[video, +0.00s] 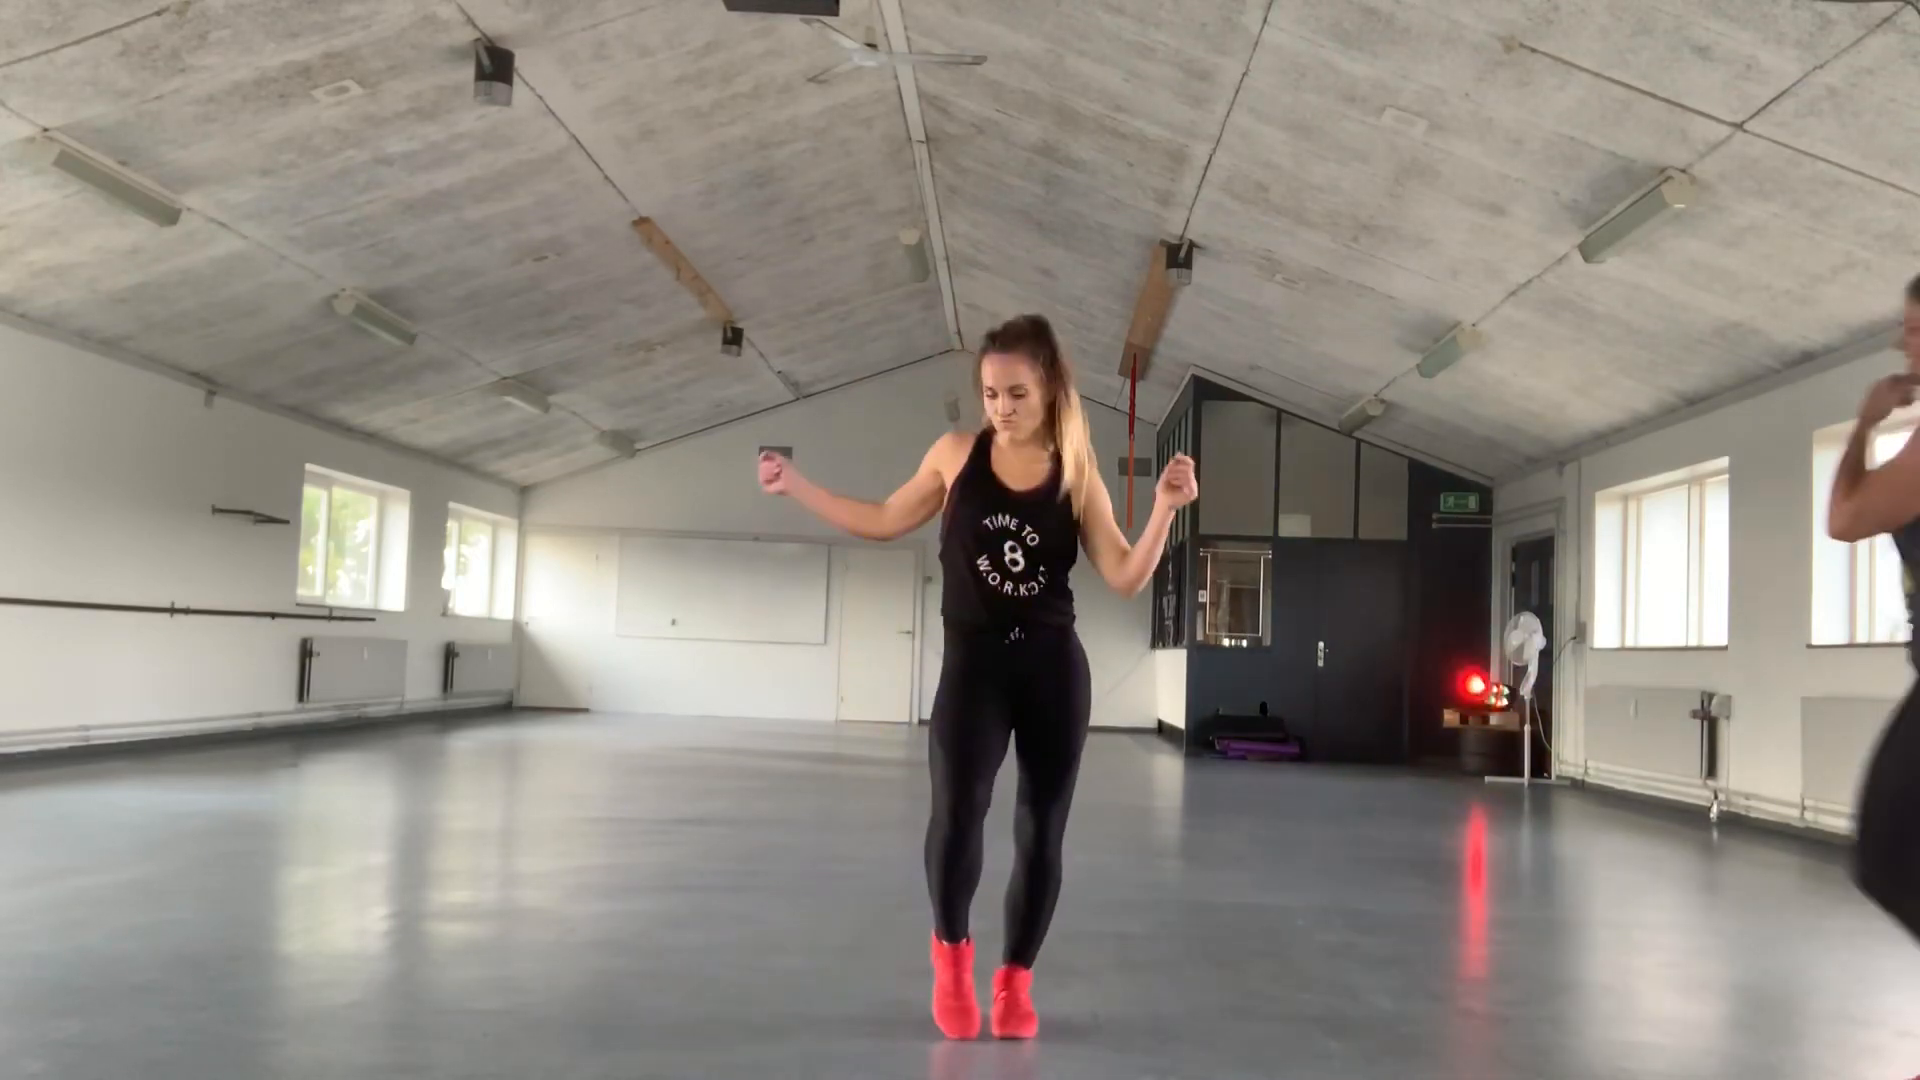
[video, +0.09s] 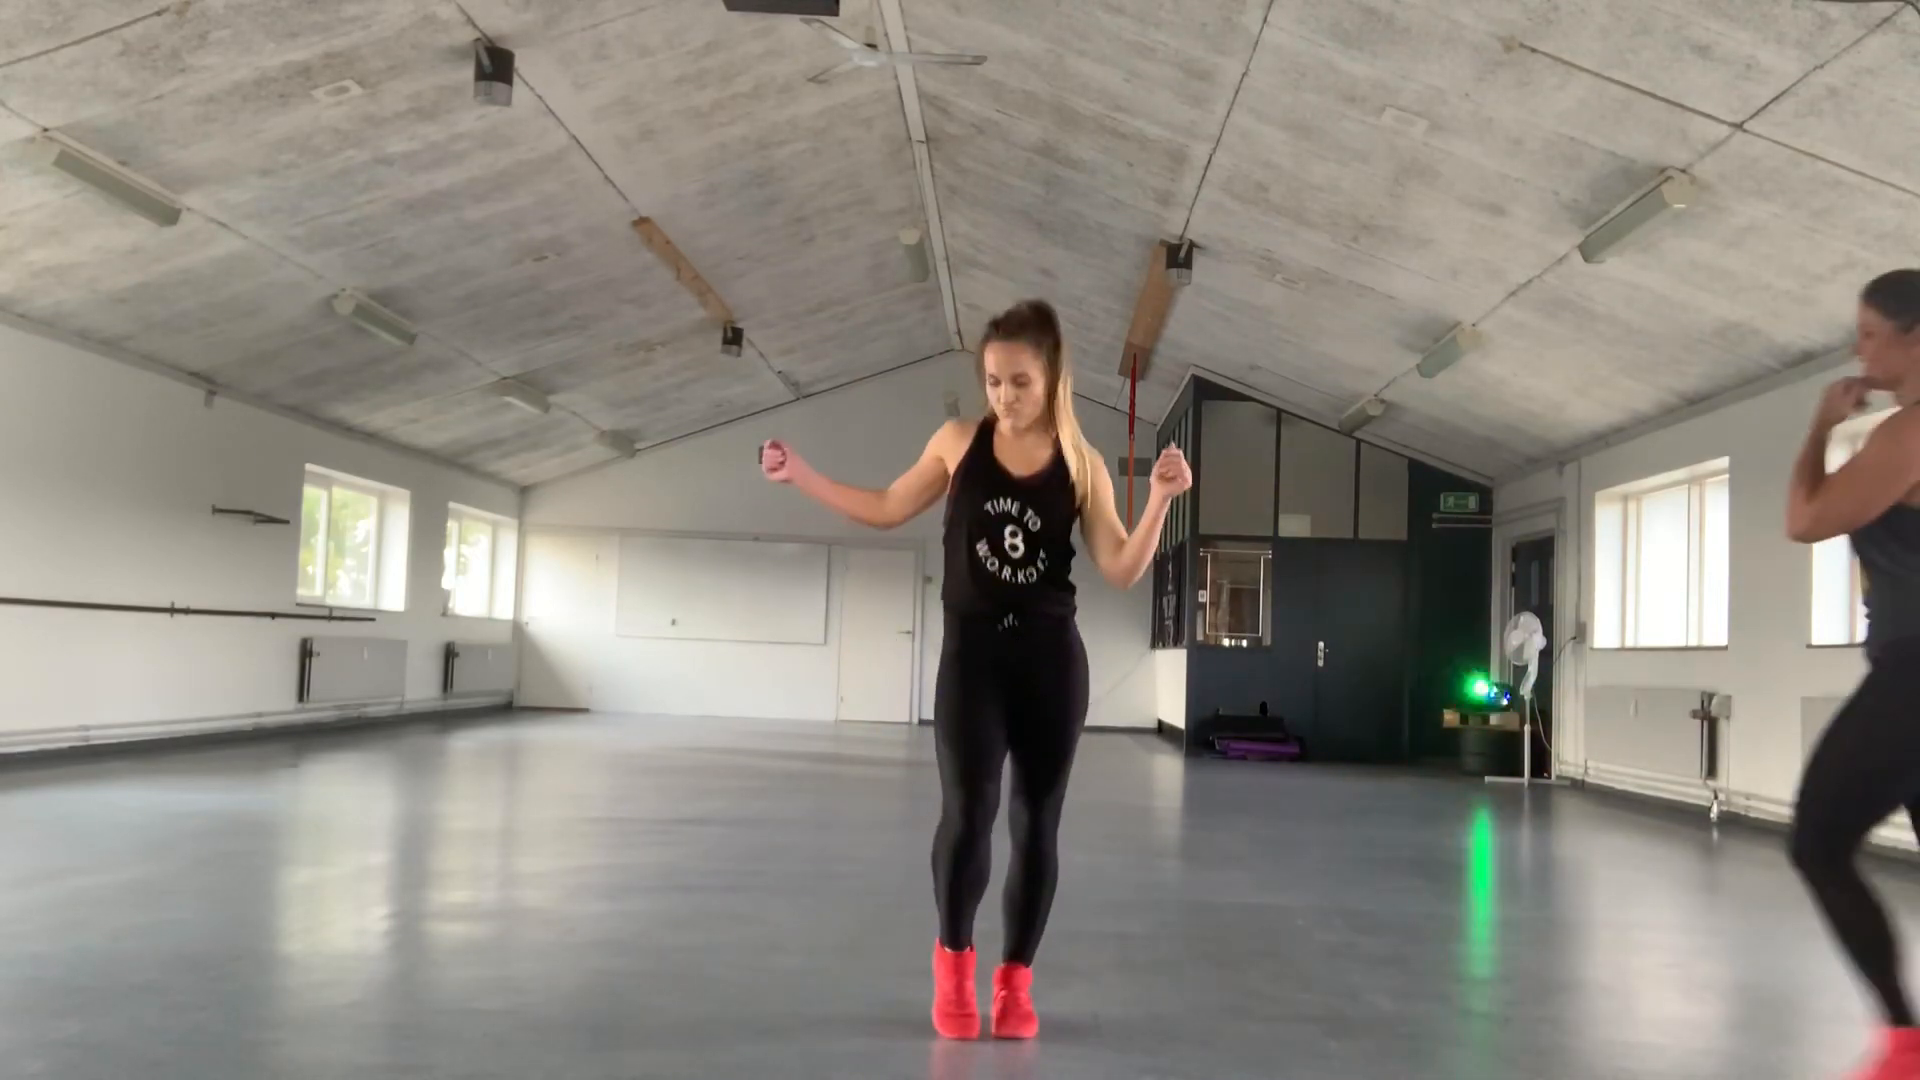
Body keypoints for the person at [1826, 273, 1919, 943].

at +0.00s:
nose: (1907, 345)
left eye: (1913, 331)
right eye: (1907, 331)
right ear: (1908, 337)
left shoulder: (1918, 446)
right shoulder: (1913, 442)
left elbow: (1845, 518)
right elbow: (1851, 517)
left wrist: (1865, 424)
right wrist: (1867, 425)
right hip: (1919, 682)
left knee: (1882, 858)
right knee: (1881, 856)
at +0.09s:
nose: (1858, 351)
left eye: (1869, 336)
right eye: (1859, 336)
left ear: (1910, 340)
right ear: (1903, 343)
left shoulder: (1905, 433)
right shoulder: (1901, 428)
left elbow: (1804, 518)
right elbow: (1813, 514)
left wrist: (1822, 424)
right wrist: (1832, 431)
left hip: (1906, 677)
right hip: (1900, 675)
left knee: (1819, 835)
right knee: (1824, 836)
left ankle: (1901, 1027)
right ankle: (1899, 1026)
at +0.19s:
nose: (1793, 367)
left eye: (1805, 353)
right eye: (1794, 352)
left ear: (1854, 355)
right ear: (1850, 359)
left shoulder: (1863, 443)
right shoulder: (1882, 440)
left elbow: (1749, 529)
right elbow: (1867, 570)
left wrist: (1755, 438)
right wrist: (1791, 640)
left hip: (1861, 685)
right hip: (1891, 681)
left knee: (1764, 842)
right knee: (1913, 869)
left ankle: (1722, 1022)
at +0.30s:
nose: (1706, 374)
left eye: (1718, 361)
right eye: (1709, 359)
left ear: (1766, 365)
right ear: (1768, 369)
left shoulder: (1770, 450)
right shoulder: (1801, 448)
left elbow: (1659, 530)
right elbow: (1757, 568)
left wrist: (1676, 442)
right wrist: (1670, 620)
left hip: (1761, 677)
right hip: (1822, 674)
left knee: (1691, 844)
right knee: (1810, 852)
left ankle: (1676, 1021)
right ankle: (1916, 1006)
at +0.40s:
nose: (1668, 375)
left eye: (1677, 361)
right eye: (1668, 361)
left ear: (1724, 364)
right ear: (1728, 368)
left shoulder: (1726, 447)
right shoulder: (1758, 446)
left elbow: (1621, 528)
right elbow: (1727, 570)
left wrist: (1635, 439)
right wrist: (1643, 619)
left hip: (1723, 668)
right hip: (1779, 666)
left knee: (1670, 840)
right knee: (1735, 845)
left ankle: (1675, 1023)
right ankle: (1861, 983)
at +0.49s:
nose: (1611, 382)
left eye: (1622, 368)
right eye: (1610, 368)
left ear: (1667, 366)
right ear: (1671, 371)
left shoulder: (1668, 448)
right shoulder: (1708, 444)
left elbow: (1572, 538)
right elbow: (1693, 568)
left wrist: (1567, 453)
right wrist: (1622, 633)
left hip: (1671, 652)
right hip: (1713, 648)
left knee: (1661, 836)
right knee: (1627, 814)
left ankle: (1677, 1022)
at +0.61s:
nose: (1539, 398)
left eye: (1550, 384)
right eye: (1538, 385)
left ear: (1594, 381)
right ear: (1590, 387)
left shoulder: (1598, 458)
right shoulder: (1618, 456)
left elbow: (1545, 564)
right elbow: (1562, 563)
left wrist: (1484, 520)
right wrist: (1506, 536)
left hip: (1601, 660)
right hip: (1623, 656)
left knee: (1627, 845)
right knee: (1555, 822)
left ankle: (1675, 1020)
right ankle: (1523, 977)